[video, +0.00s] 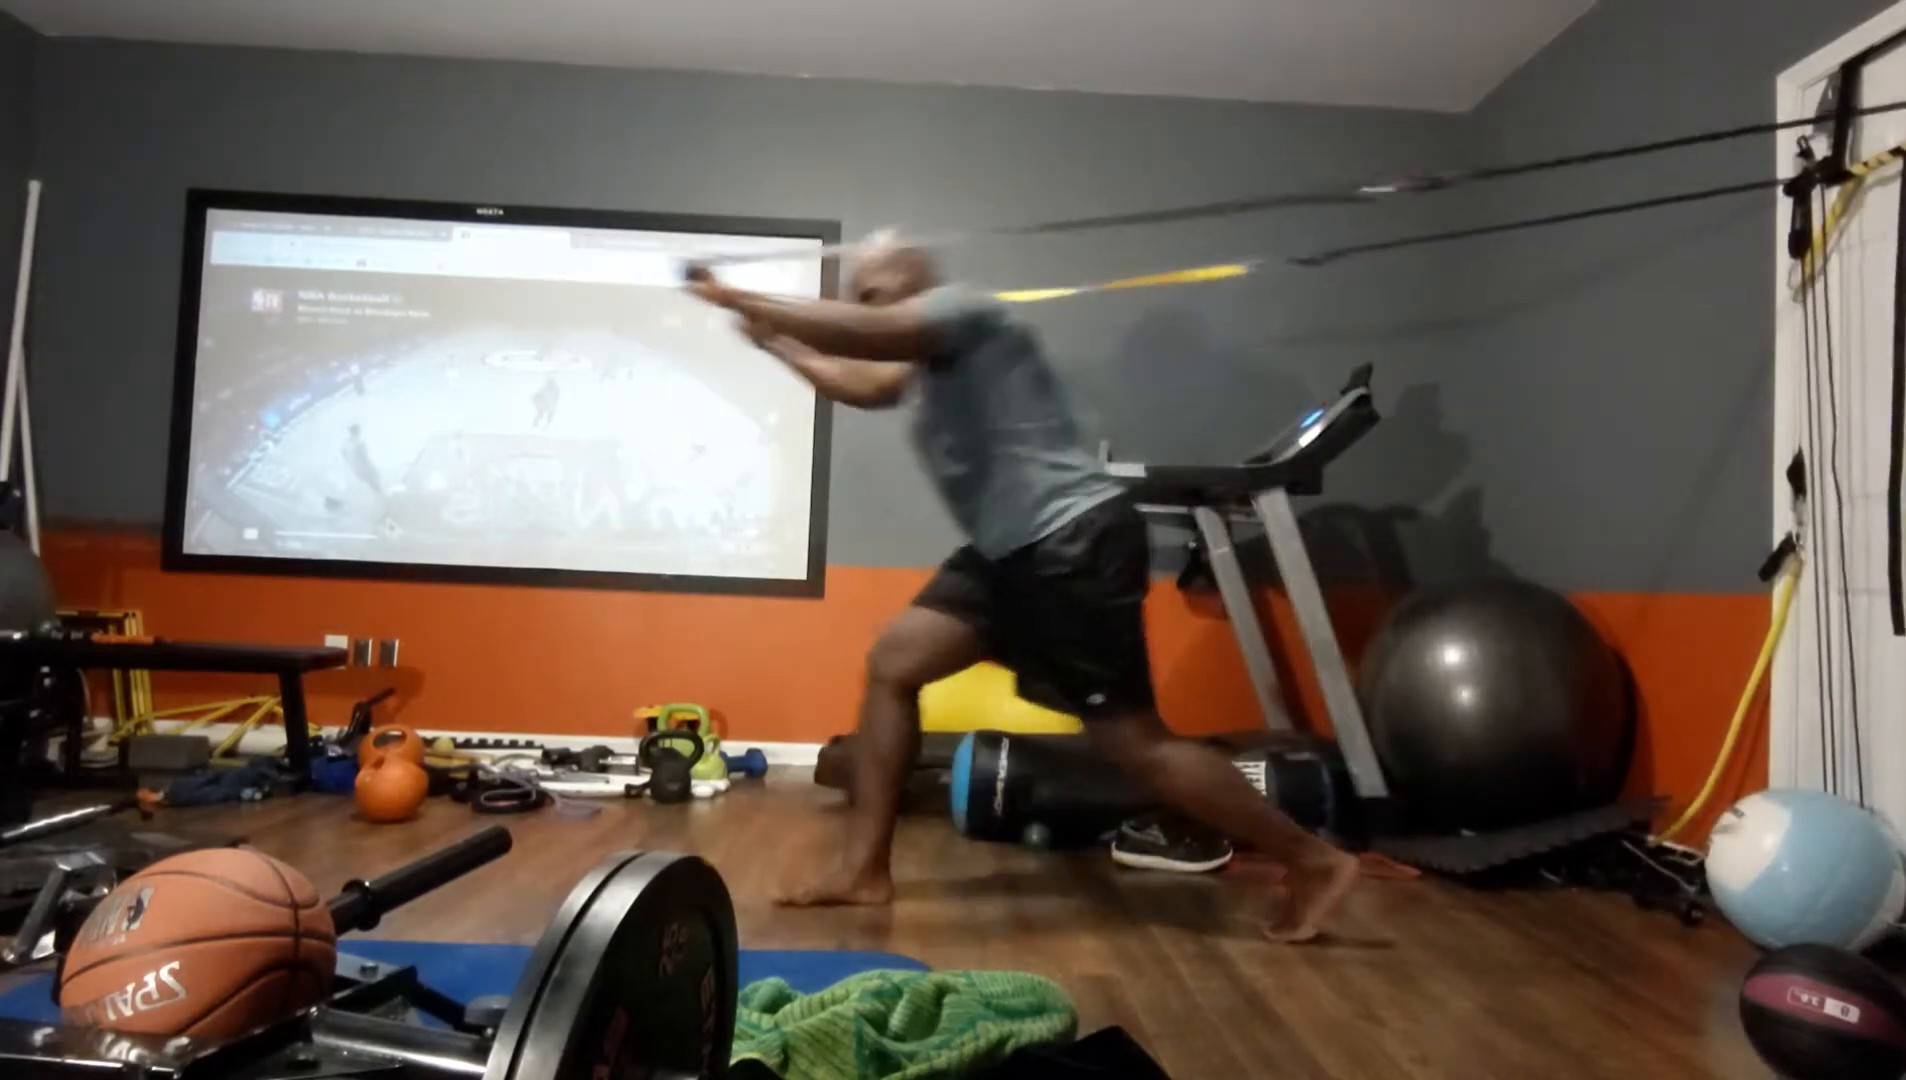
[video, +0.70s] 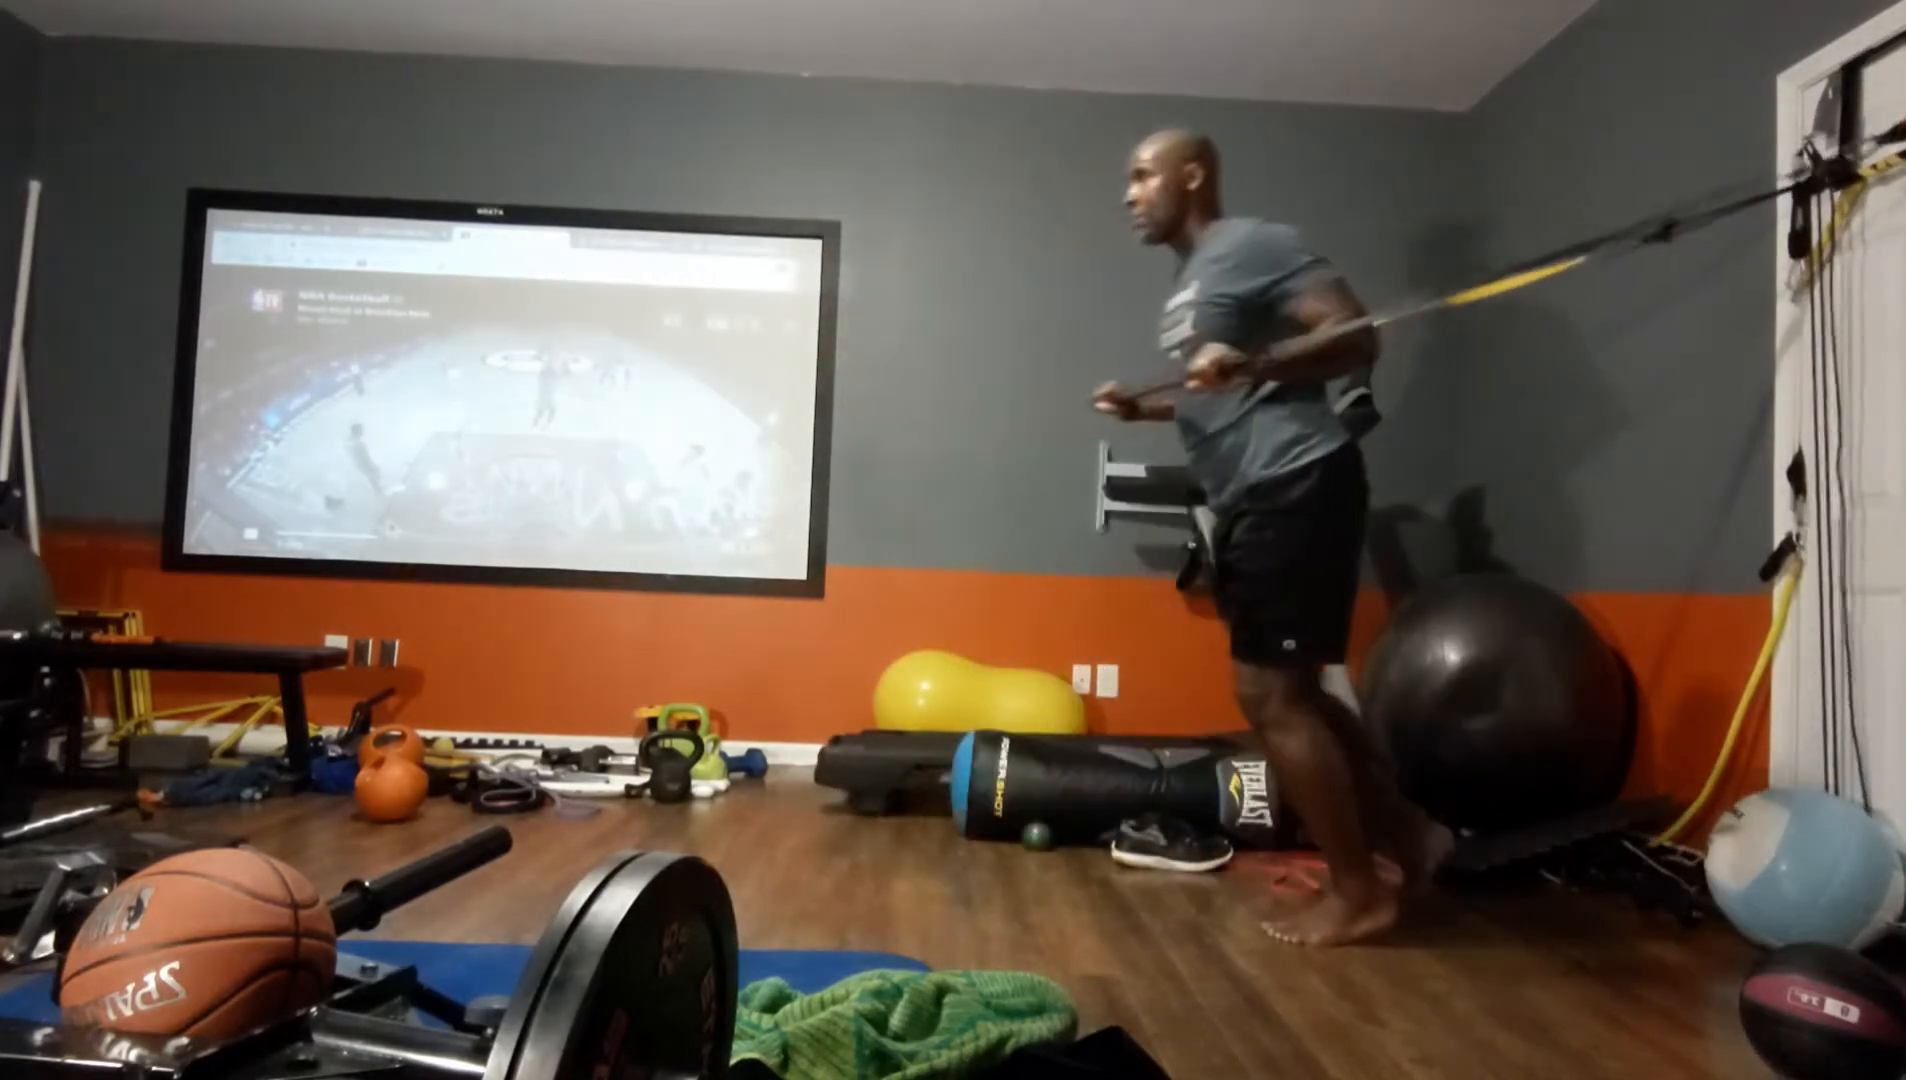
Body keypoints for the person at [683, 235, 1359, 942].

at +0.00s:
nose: (861, 303)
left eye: (870, 287)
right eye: (855, 293)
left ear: (915, 276)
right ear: (874, 301)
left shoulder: (971, 316)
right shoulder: (919, 368)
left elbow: (871, 330)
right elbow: (862, 386)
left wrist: (744, 300)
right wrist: (781, 341)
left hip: (1079, 537)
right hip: (1005, 554)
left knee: (1136, 748)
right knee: (891, 666)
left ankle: (1317, 863)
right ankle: (862, 871)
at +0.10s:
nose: (933, 276)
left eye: (944, 257)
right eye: (923, 263)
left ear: (987, 247)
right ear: (922, 267)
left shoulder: (1039, 295)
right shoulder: (994, 352)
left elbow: (989, 343)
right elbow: (948, 403)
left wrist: (859, 324)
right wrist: (853, 364)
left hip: (1125, 527)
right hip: (1053, 543)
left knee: (1171, 729)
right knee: (956, 669)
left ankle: (1338, 872)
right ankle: (876, 866)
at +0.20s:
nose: (977, 251)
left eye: (986, 230)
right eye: (972, 237)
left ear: (1036, 214)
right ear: (1008, 230)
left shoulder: (1091, 266)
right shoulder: (1035, 317)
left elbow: (1105, 346)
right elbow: (1031, 412)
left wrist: (968, 350)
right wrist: (936, 400)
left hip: (1172, 510)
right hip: (1103, 527)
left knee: (1212, 719)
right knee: (1009, 674)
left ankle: (1344, 877)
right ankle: (935, 862)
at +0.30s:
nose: (1013, 235)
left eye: (1025, 216)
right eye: (1010, 221)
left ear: (1076, 206)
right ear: (1062, 215)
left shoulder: (1132, 262)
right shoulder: (1091, 317)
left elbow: (1182, 351)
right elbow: (1095, 422)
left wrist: (1057, 367)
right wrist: (1010, 418)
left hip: (1216, 504)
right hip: (1144, 520)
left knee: (1231, 718)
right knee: (1050, 659)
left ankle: (1351, 881)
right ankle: (1048, 858)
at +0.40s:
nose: (1042, 221)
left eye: (1054, 202)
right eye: (1041, 206)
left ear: (1106, 195)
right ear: (1098, 202)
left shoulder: (1171, 254)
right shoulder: (1128, 297)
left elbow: (1246, 341)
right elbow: (1147, 416)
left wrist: (1128, 375)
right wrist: (1064, 419)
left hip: (1244, 499)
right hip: (1178, 511)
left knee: (1249, 710)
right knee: (1101, 665)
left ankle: (1352, 884)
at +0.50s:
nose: (1072, 205)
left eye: (1084, 187)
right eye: (1071, 191)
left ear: (1137, 184)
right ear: (1122, 193)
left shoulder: (1204, 245)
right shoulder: (1146, 289)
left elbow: (1297, 334)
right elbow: (1172, 404)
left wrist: (1187, 368)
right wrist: (1095, 411)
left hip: (1268, 491)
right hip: (1203, 503)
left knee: (1259, 704)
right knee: (1165, 681)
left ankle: (1358, 884)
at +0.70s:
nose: (1129, 195)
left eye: (1141, 177)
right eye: (1129, 181)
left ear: (1194, 179)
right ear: (1172, 188)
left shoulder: (1254, 244)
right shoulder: (1190, 287)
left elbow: (1355, 335)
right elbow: (1226, 394)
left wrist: (1257, 364)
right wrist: (1146, 403)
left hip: (1302, 486)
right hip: (1257, 497)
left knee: (1274, 696)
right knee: (1284, 691)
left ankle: (1355, 892)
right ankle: (1404, 836)